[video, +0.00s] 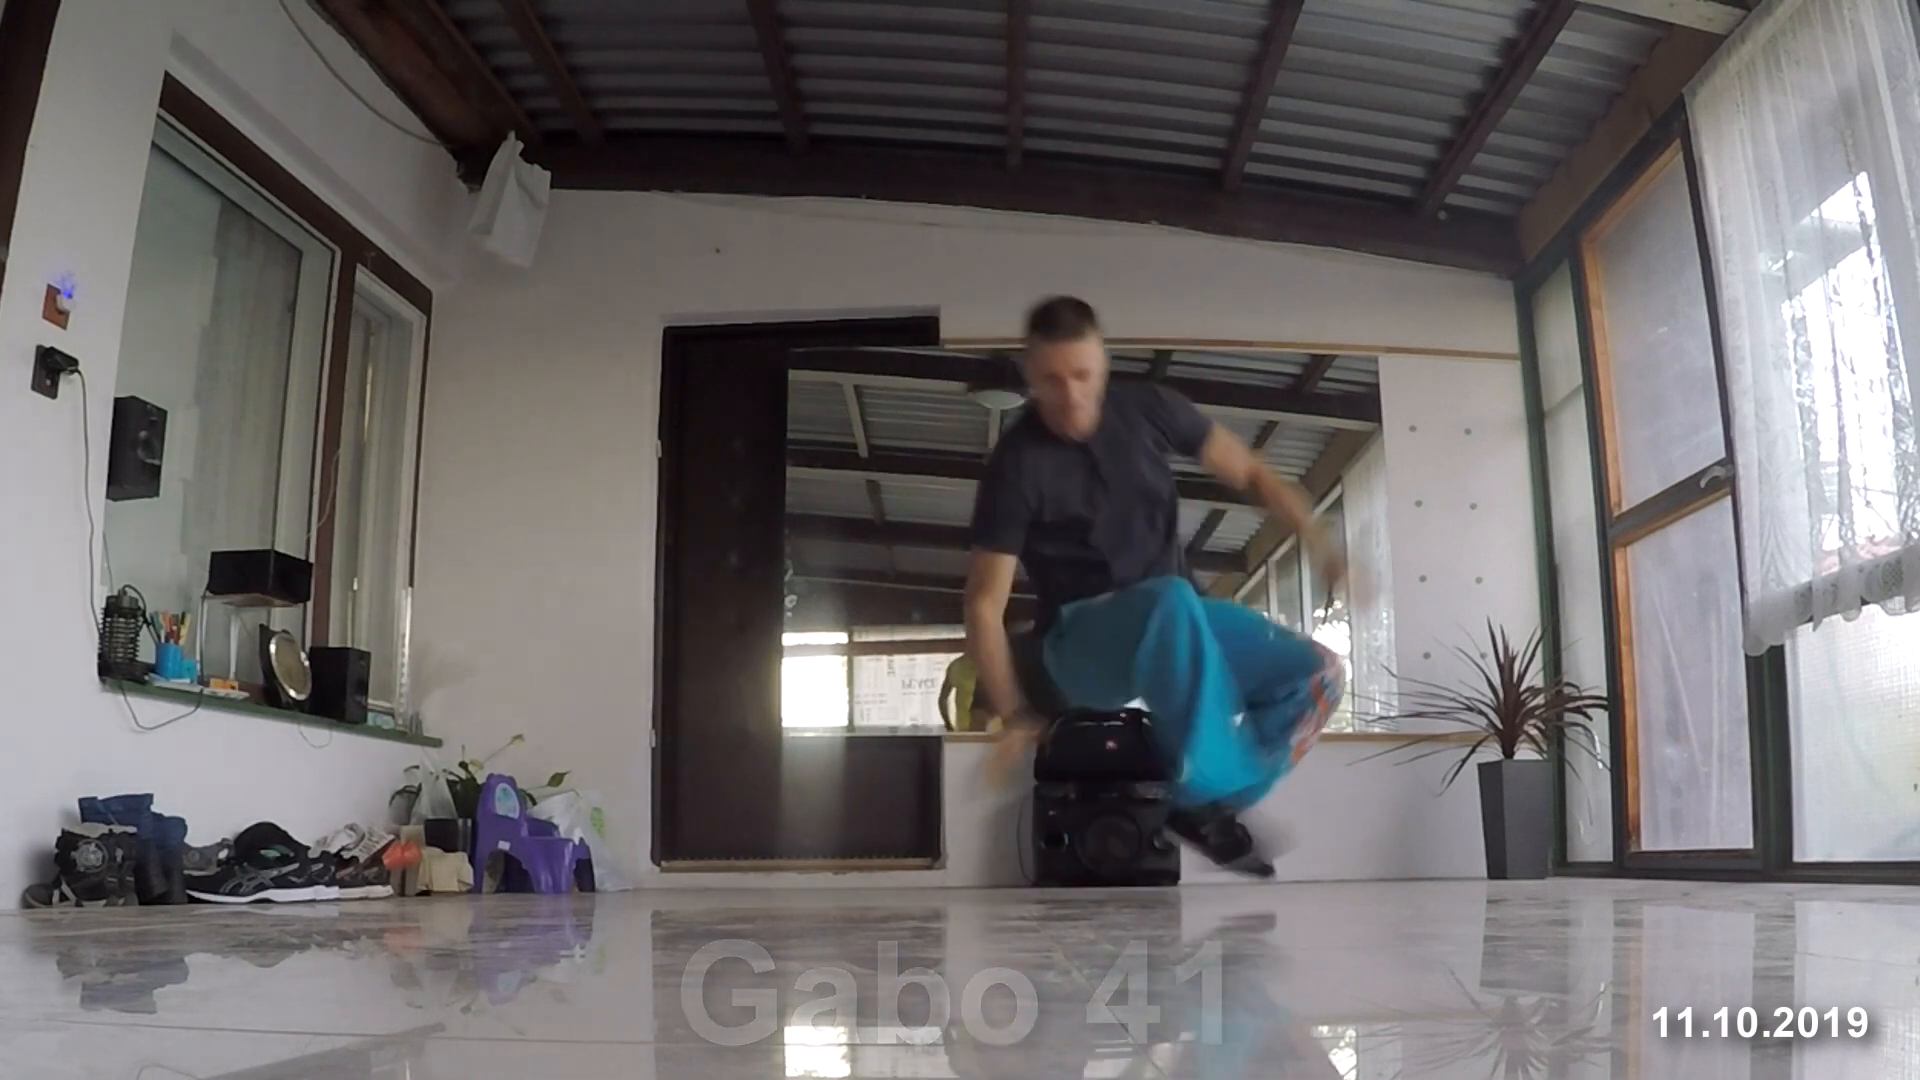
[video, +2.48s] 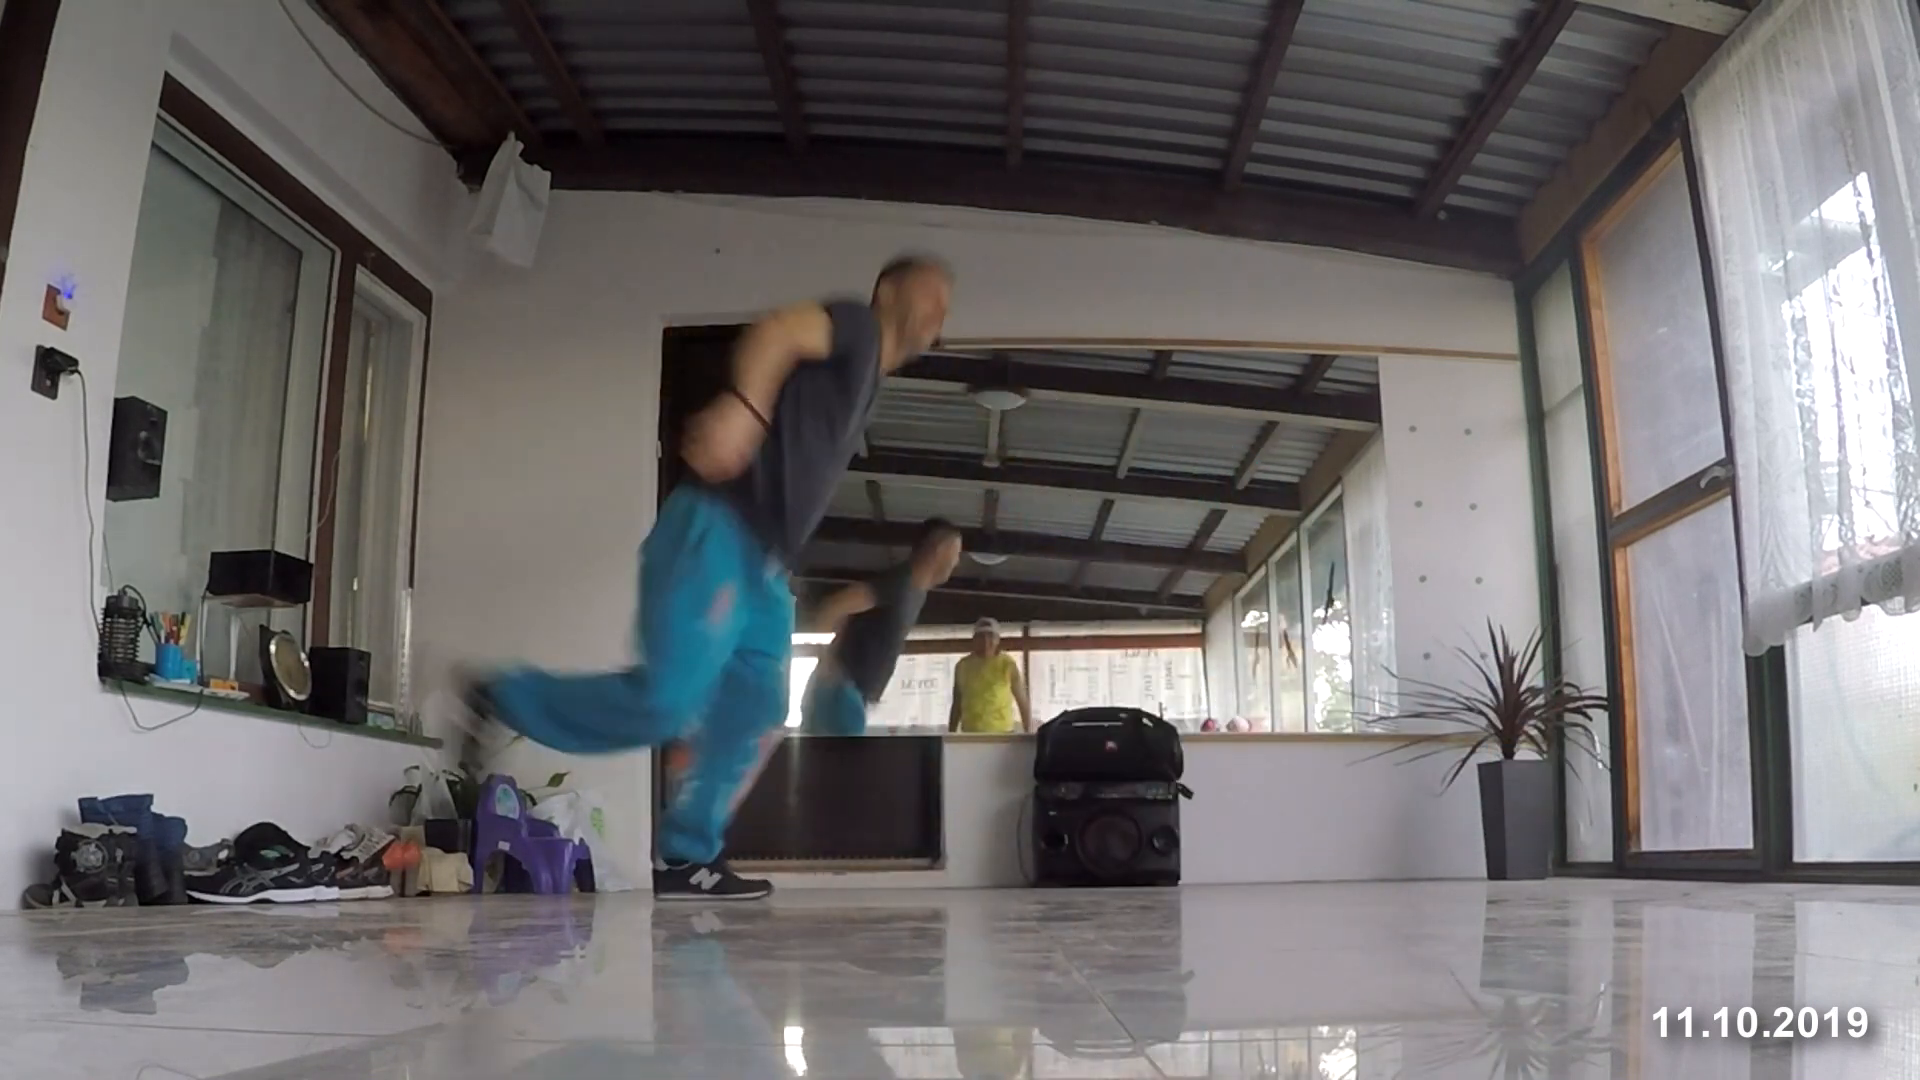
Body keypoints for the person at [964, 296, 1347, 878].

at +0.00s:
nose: (1069, 395)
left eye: (1082, 377)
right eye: (1051, 380)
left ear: (1103, 365)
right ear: (1028, 376)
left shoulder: (1148, 410)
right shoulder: (1017, 461)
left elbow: (1251, 472)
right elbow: (983, 606)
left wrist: (1320, 545)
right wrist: (1011, 714)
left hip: (1173, 625)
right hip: (1077, 645)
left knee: (1313, 673)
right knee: (1170, 600)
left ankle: (1206, 805)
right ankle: (1203, 801)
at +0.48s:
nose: (937, 535)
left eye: (943, 515)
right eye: (915, 529)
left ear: (969, 500)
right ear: (891, 546)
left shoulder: (1028, 511)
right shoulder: (927, 636)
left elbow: (975, 555)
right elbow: (931, 760)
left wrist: (896, 586)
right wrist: (921, 880)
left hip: (1182, 706)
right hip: (1120, 775)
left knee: (1329, 722)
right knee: (1247, 764)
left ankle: (1227, 851)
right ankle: (1456, 844)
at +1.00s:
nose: (962, 821)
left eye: (945, 816)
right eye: (943, 825)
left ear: (925, 764)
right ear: (925, 772)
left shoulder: (1005, 683)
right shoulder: (953, 733)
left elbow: (1100, 743)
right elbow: (951, 784)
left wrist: (1054, 887)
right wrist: (901, 871)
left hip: (1245, 728)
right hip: (1169, 763)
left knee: (1436, 813)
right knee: (1063, 834)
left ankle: (1620, 805)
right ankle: (1217, 831)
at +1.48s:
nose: (861, 347)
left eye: (869, 324)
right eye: (849, 339)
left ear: (910, 311)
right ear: (851, 357)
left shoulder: (985, 360)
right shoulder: (916, 439)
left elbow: (1046, 488)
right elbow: (913, 574)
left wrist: (1026, 638)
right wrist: (905, 710)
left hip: (1206, 499)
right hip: (1142, 565)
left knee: (1351, 629)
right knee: (1105, 703)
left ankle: (1526, 719)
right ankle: (1231, 842)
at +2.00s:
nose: (948, 168)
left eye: (964, 157)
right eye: (933, 154)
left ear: (986, 180)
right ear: (907, 173)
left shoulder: (1024, 280)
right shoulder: (863, 276)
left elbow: (1060, 394)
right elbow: (813, 397)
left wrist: (1054, 464)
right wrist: (812, 529)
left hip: (1015, 503)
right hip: (915, 518)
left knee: (1124, 631)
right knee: (936, 689)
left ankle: (1201, 804)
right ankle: (986, 847)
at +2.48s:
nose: (942, 319)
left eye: (947, 306)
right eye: (935, 301)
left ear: (921, 310)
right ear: (898, 293)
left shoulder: (864, 372)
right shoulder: (856, 323)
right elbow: (777, 330)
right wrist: (744, 409)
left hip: (765, 565)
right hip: (716, 529)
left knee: (756, 709)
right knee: (665, 704)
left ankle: (687, 859)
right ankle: (498, 695)